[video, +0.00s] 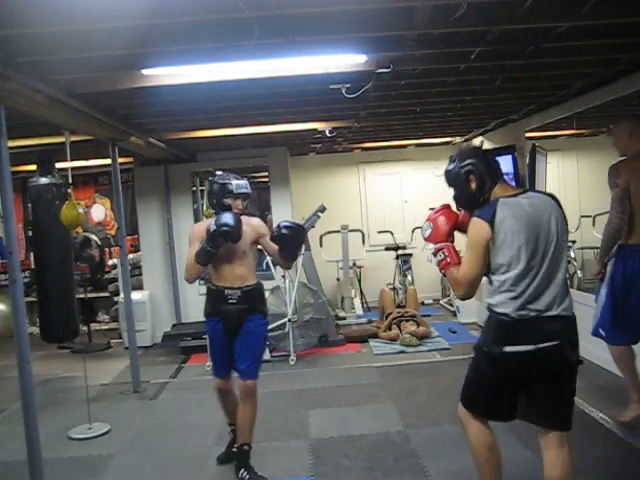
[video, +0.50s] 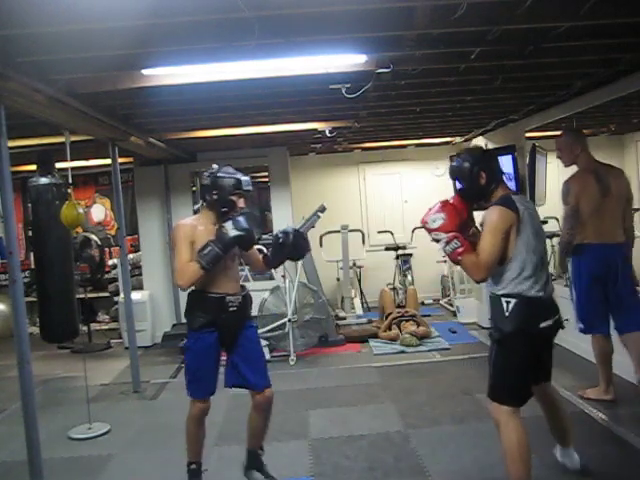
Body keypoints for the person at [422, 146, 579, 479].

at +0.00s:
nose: (457, 197)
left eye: (456, 188)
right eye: (454, 190)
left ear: (473, 179)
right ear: (495, 174)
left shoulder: (487, 218)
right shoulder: (551, 204)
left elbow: (463, 288)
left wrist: (441, 247)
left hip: (507, 339)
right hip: (559, 335)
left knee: (472, 412)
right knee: (554, 436)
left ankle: (492, 475)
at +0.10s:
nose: (455, 205)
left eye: (455, 196)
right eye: (451, 198)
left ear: (469, 189)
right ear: (491, 181)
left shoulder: (490, 226)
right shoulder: (545, 209)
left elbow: (461, 290)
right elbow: (513, 262)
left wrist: (438, 248)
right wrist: (467, 233)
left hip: (512, 341)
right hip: (562, 337)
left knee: (476, 415)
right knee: (554, 433)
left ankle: (508, 474)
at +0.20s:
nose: (452, 202)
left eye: (453, 194)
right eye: (450, 195)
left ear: (468, 189)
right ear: (487, 180)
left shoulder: (492, 225)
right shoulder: (533, 208)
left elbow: (460, 287)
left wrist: (433, 248)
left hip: (513, 337)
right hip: (558, 333)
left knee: (480, 418)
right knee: (551, 425)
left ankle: (509, 474)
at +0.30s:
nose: (454, 193)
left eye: (454, 184)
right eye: (451, 185)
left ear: (470, 179)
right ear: (484, 175)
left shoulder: (492, 215)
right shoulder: (528, 205)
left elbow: (462, 278)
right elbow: (502, 257)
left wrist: (434, 242)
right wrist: (465, 230)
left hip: (512, 329)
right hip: (552, 323)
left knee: (487, 412)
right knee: (547, 407)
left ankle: (512, 475)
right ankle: (561, 475)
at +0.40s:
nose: (456, 187)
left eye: (456, 178)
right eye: (453, 179)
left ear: (473, 172)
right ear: (486, 171)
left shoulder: (493, 208)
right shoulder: (522, 199)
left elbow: (470, 269)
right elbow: (501, 252)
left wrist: (439, 238)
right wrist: (464, 227)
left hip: (514, 318)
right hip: (548, 312)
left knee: (497, 407)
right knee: (539, 390)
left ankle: (516, 475)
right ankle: (567, 472)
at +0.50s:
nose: (462, 189)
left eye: (464, 182)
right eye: (460, 182)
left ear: (480, 178)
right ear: (492, 176)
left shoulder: (499, 211)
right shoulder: (521, 204)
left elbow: (478, 271)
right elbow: (496, 260)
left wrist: (449, 238)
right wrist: (468, 229)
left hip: (516, 319)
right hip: (542, 313)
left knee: (503, 406)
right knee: (541, 385)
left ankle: (520, 474)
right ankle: (568, 453)